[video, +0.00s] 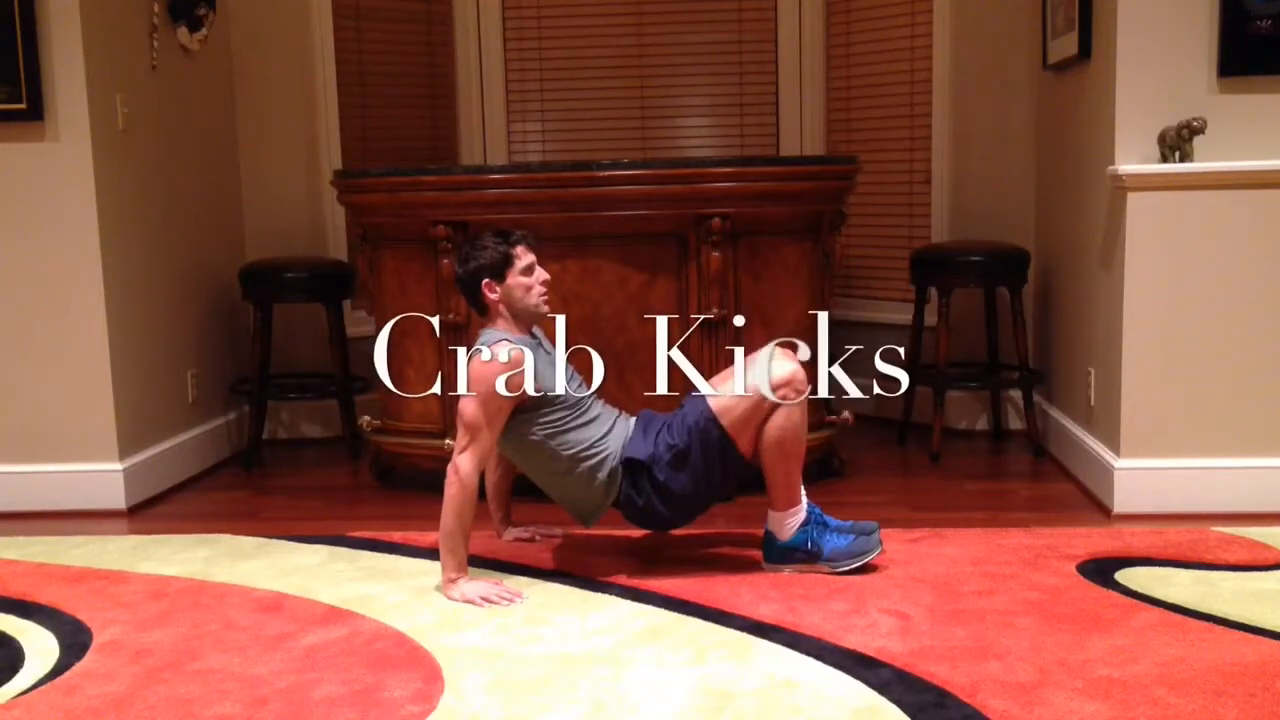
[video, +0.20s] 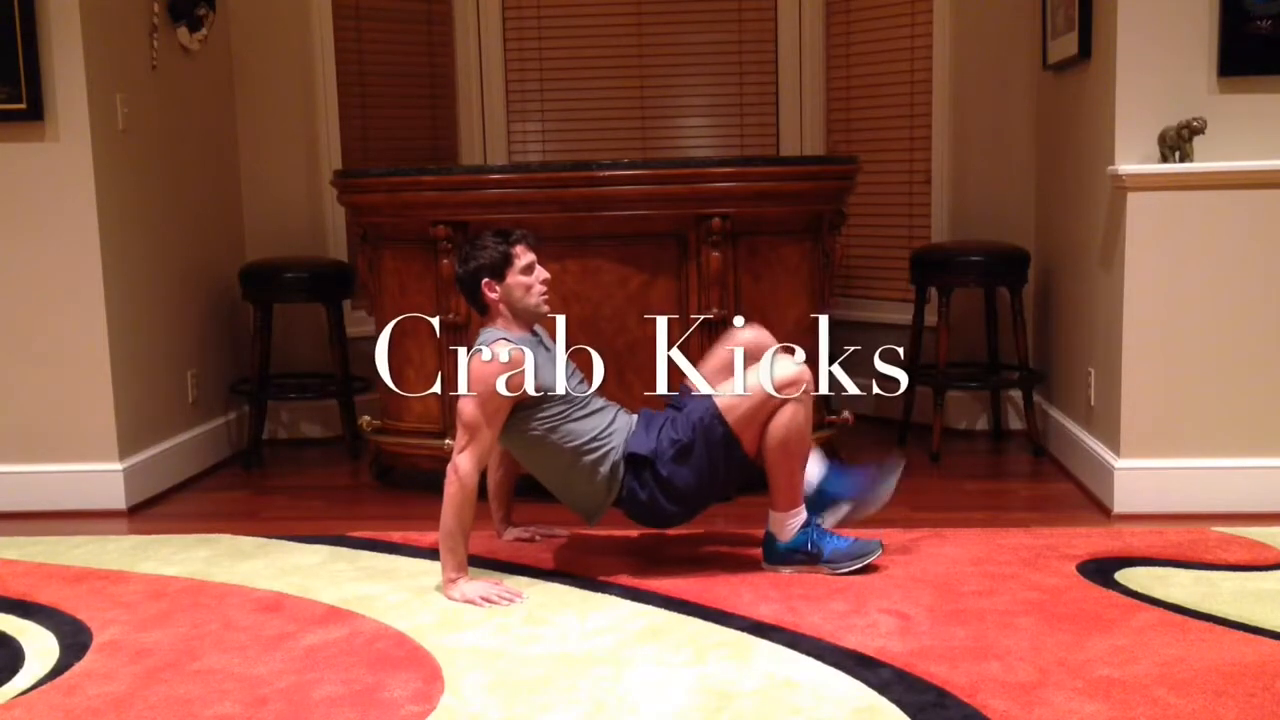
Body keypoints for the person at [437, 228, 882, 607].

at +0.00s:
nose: (543, 278)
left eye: (538, 267)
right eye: (528, 271)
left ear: (506, 290)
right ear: (493, 293)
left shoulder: (518, 340)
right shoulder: (495, 361)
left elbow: (498, 443)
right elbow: (464, 464)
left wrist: (500, 524)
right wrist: (453, 577)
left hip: (644, 439)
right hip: (640, 473)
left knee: (784, 357)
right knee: (785, 379)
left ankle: (795, 518)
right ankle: (789, 532)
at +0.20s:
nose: (543, 277)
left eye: (538, 266)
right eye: (527, 271)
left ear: (509, 287)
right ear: (493, 291)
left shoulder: (519, 340)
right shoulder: (494, 360)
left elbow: (500, 441)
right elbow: (463, 463)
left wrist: (500, 524)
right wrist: (453, 575)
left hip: (647, 433)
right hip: (644, 468)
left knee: (750, 338)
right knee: (790, 377)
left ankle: (814, 483)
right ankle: (789, 532)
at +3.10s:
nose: (528, 276)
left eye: (519, 267)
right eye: (510, 273)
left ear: (503, 292)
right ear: (481, 302)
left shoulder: (524, 343)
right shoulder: (497, 367)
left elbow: (496, 438)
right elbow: (458, 465)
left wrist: (502, 520)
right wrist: (448, 578)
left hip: (647, 440)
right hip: (638, 484)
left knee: (763, 369)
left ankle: (757, 519)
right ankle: (912, 311)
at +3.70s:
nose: (524, 278)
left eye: (518, 269)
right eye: (508, 275)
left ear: (503, 291)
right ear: (478, 301)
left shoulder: (523, 348)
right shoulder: (495, 367)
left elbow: (499, 443)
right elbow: (458, 465)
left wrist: (502, 524)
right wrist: (450, 579)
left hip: (642, 456)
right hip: (633, 483)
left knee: (778, 371)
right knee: (770, 393)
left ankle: (913, 331)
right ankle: (777, 533)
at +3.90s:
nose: (506, 269)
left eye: (501, 260)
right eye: (490, 265)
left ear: (477, 283)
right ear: (458, 290)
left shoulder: (499, 335)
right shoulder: (477, 355)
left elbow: (495, 439)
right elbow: (455, 460)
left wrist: (501, 519)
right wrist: (450, 575)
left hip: (650, 396)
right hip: (654, 429)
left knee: (774, 292)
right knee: (795, 316)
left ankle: (810, 451)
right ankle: (873, 463)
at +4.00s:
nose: (510, 270)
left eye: (504, 260)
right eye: (494, 266)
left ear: (489, 282)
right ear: (464, 292)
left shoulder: (506, 340)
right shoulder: (478, 355)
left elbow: (494, 441)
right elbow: (451, 464)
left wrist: (499, 524)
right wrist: (449, 576)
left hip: (642, 419)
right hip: (635, 445)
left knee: (783, 337)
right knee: (781, 329)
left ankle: (765, 484)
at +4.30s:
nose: (506, 269)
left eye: (499, 260)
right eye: (490, 265)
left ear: (480, 285)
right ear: (458, 293)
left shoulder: (505, 341)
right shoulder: (479, 359)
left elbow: (491, 443)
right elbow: (449, 467)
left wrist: (501, 523)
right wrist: (449, 578)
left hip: (653, 432)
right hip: (644, 450)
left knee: (790, 352)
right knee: (756, 320)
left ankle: (761, 498)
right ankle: (910, 367)